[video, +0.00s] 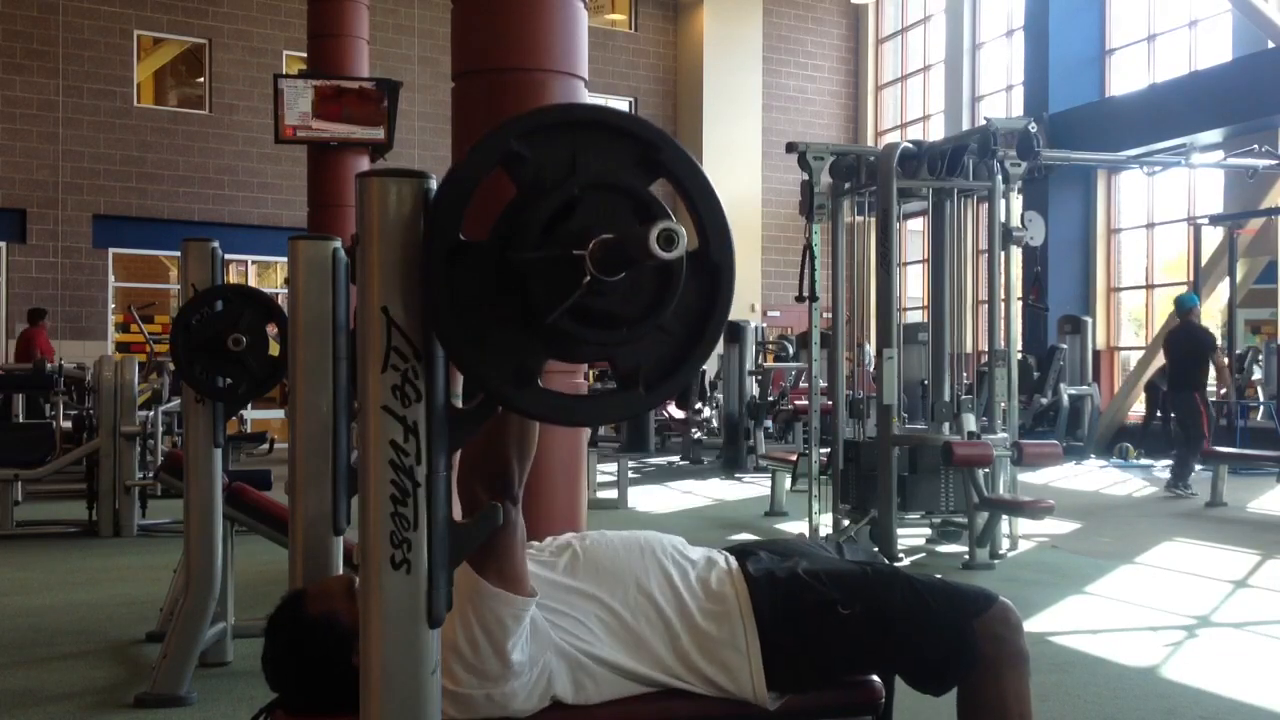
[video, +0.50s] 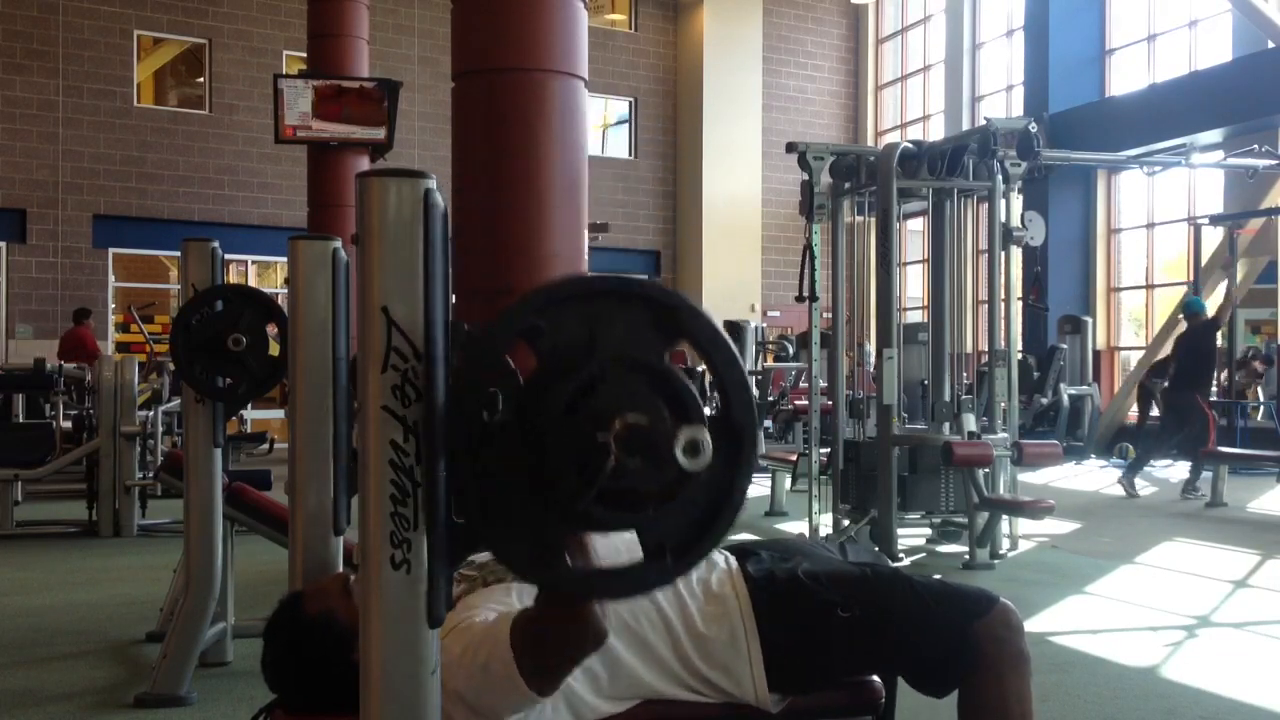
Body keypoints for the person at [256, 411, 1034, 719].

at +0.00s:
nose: (368, 576)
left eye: (353, 575)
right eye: (354, 591)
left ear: (365, 613)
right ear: (361, 649)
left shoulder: (450, 616)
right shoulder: (469, 673)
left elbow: (498, 474)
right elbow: (499, 489)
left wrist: (509, 328)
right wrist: (521, 327)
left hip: (727, 570)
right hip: (752, 618)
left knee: (864, 561)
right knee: (990, 627)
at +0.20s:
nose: (370, 574)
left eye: (355, 574)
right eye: (356, 592)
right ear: (363, 649)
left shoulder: (452, 622)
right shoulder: (472, 675)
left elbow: (498, 480)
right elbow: (512, 489)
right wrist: (509, 319)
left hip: (725, 571)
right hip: (750, 616)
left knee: (861, 564)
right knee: (989, 628)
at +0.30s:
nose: (363, 573)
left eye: (347, 572)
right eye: (348, 589)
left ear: (350, 651)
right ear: (358, 641)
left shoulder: (446, 633)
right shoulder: (465, 676)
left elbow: (556, 515)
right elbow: (543, 519)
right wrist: (491, 351)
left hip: (730, 584)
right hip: (751, 617)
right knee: (989, 628)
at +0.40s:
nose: (363, 572)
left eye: (347, 575)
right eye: (349, 589)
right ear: (352, 641)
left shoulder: (447, 636)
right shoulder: (457, 679)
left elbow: (551, 561)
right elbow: (557, 578)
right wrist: (529, 443)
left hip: (727, 585)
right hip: (743, 613)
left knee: (868, 684)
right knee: (987, 626)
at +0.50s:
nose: (363, 579)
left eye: (349, 579)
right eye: (347, 594)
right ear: (350, 652)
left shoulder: (456, 616)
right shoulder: (439, 674)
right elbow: (566, 635)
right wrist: (562, 500)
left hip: (697, 594)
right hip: (726, 613)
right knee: (984, 626)